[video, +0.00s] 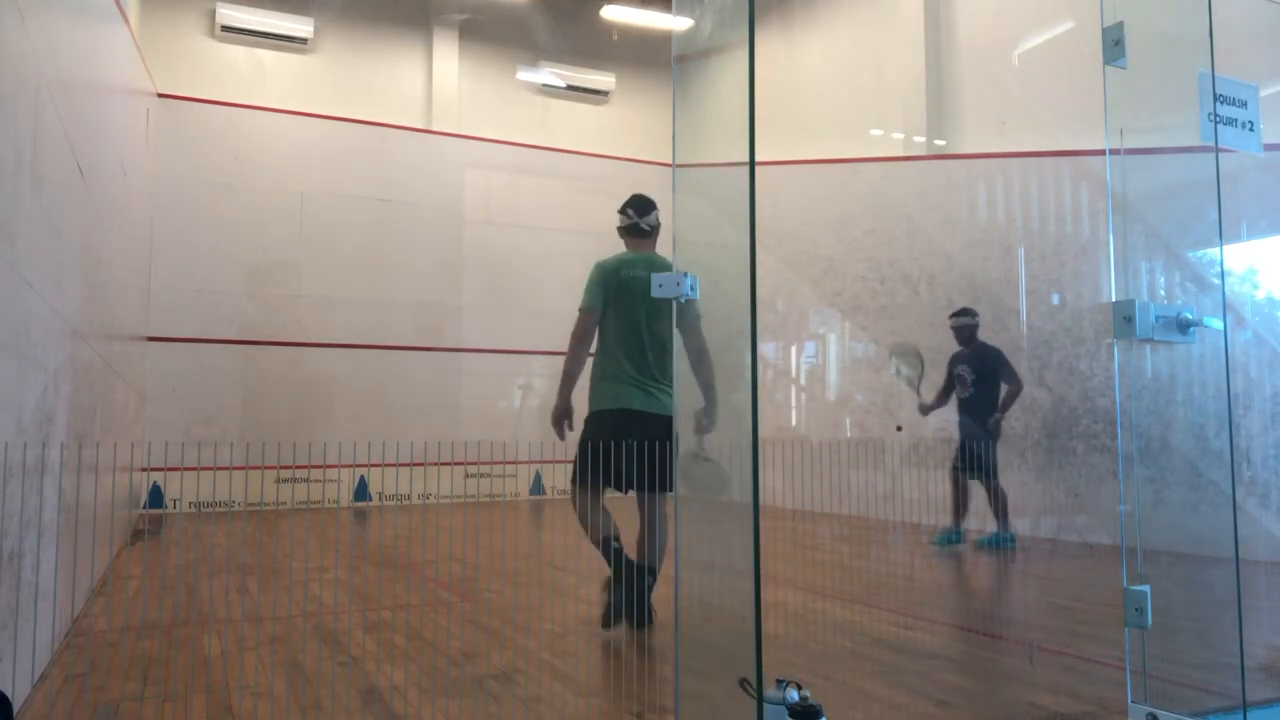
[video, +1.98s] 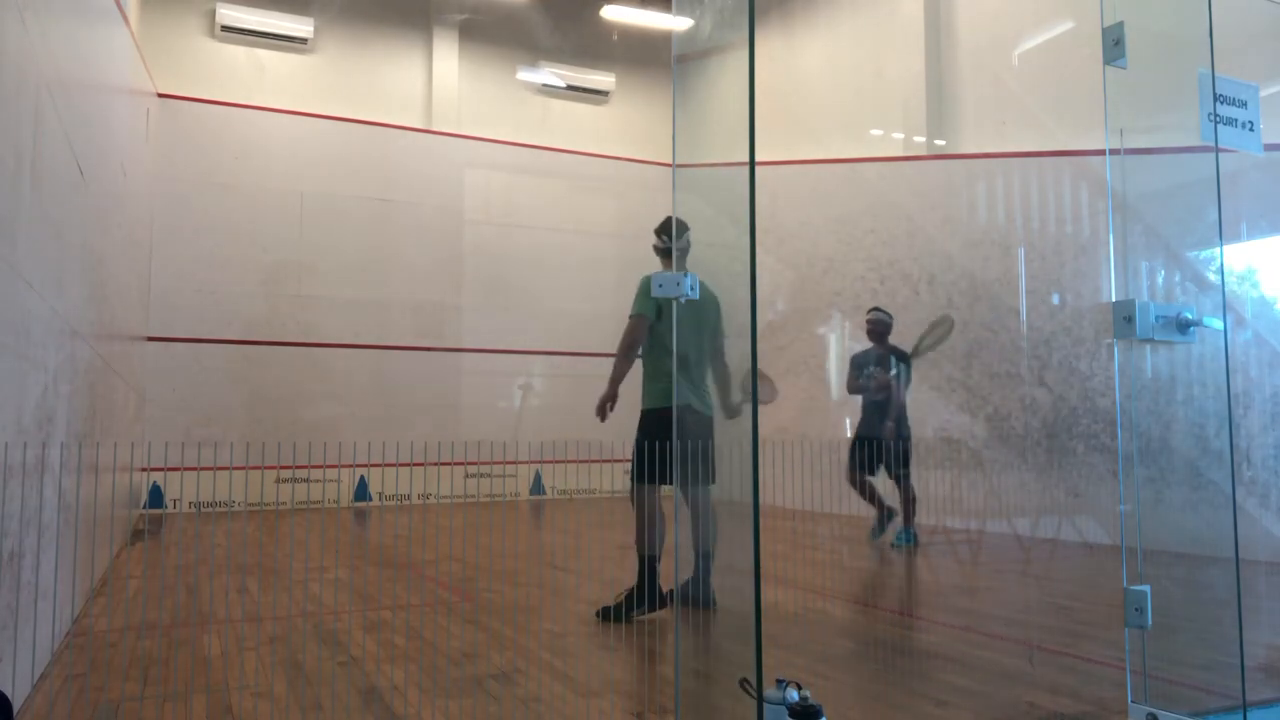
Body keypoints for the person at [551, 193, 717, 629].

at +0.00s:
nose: (626, 236)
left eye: (623, 230)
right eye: (635, 230)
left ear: (620, 229)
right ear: (658, 229)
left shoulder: (607, 270)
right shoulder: (676, 276)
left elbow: (582, 338)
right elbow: (696, 347)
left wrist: (563, 397)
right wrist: (711, 401)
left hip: (612, 412)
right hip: (660, 414)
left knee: (585, 496)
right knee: (654, 508)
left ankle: (622, 568)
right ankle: (640, 603)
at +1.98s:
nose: (658, 252)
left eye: (658, 246)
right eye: (664, 246)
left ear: (657, 247)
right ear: (688, 247)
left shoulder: (652, 284)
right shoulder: (707, 295)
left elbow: (634, 337)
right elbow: (719, 356)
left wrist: (612, 388)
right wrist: (728, 400)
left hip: (660, 410)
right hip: (699, 412)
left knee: (644, 492)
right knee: (697, 495)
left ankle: (646, 587)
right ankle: (701, 584)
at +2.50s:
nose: (646, 250)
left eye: (647, 244)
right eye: (649, 244)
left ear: (651, 245)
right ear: (679, 246)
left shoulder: (651, 282)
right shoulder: (696, 291)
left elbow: (648, 331)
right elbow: (712, 355)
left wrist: (614, 388)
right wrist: (684, 384)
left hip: (657, 409)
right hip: (691, 411)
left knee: (628, 489)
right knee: (694, 495)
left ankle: (639, 586)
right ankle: (700, 584)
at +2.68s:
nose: (624, 248)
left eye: (626, 242)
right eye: (627, 242)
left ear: (632, 244)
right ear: (658, 246)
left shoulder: (641, 284)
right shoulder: (669, 287)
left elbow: (643, 340)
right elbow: (661, 351)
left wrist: (599, 387)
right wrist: (618, 367)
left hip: (647, 412)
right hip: (669, 410)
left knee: (625, 499)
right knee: (679, 497)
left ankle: (610, 597)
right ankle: (699, 583)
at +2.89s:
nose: (594, 241)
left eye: (598, 234)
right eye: (596, 234)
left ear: (609, 238)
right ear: (625, 239)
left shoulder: (625, 282)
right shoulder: (629, 283)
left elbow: (631, 341)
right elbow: (622, 353)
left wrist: (572, 376)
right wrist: (571, 358)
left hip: (624, 408)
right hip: (628, 406)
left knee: (606, 499)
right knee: (629, 495)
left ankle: (609, 604)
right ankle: (677, 569)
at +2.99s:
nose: (579, 235)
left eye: (584, 228)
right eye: (580, 228)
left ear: (600, 232)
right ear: (604, 234)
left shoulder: (614, 277)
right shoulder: (602, 280)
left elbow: (618, 334)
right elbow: (599, 346)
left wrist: (556, 359)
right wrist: (550, 352)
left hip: (616, 408)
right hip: (601, 408)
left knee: (602, 501)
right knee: (580, 495)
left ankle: (611, 605)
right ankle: (635, 568)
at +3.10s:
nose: (564, 229)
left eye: (572, 222)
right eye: (565, 221)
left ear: (594, 228)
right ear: (577, 228)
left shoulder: (600, 275)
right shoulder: (584, 278)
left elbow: (595, 329)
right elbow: (576, 343)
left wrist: (532, 337)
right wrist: (525, 341)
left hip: (605, 411)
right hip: (582, 410)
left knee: (601, 503)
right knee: (539, 490)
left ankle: (611, 606)